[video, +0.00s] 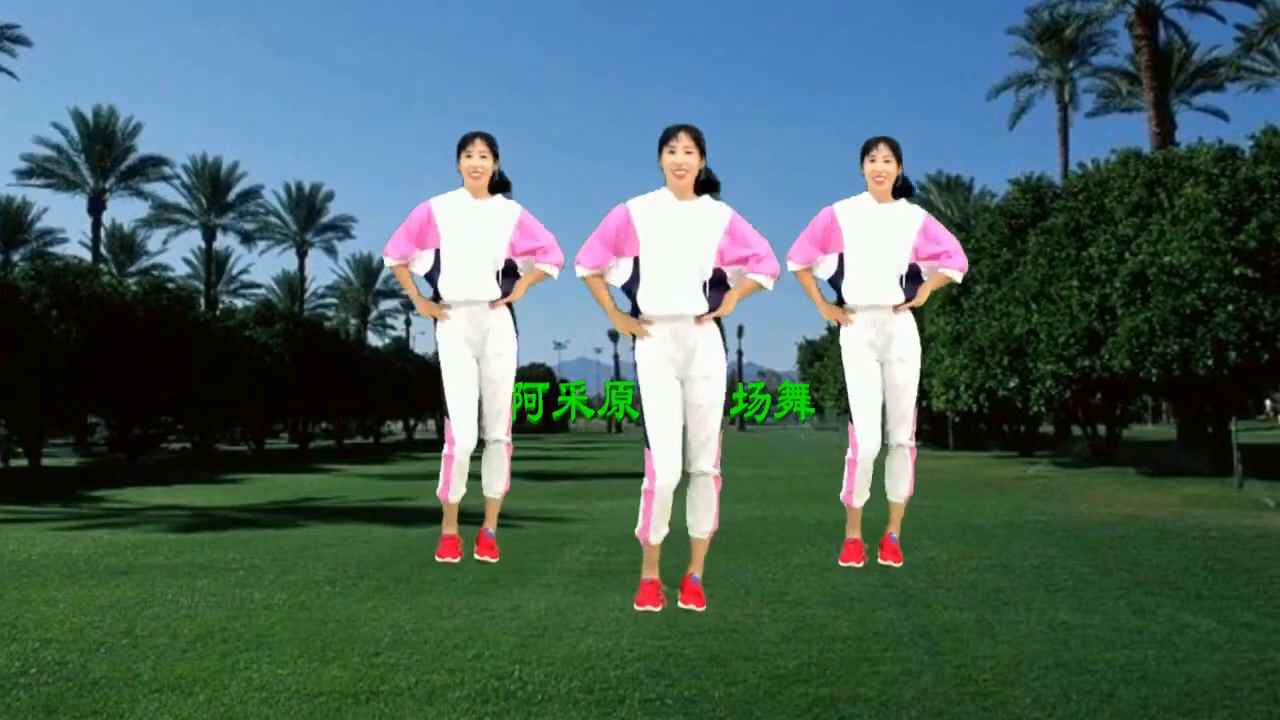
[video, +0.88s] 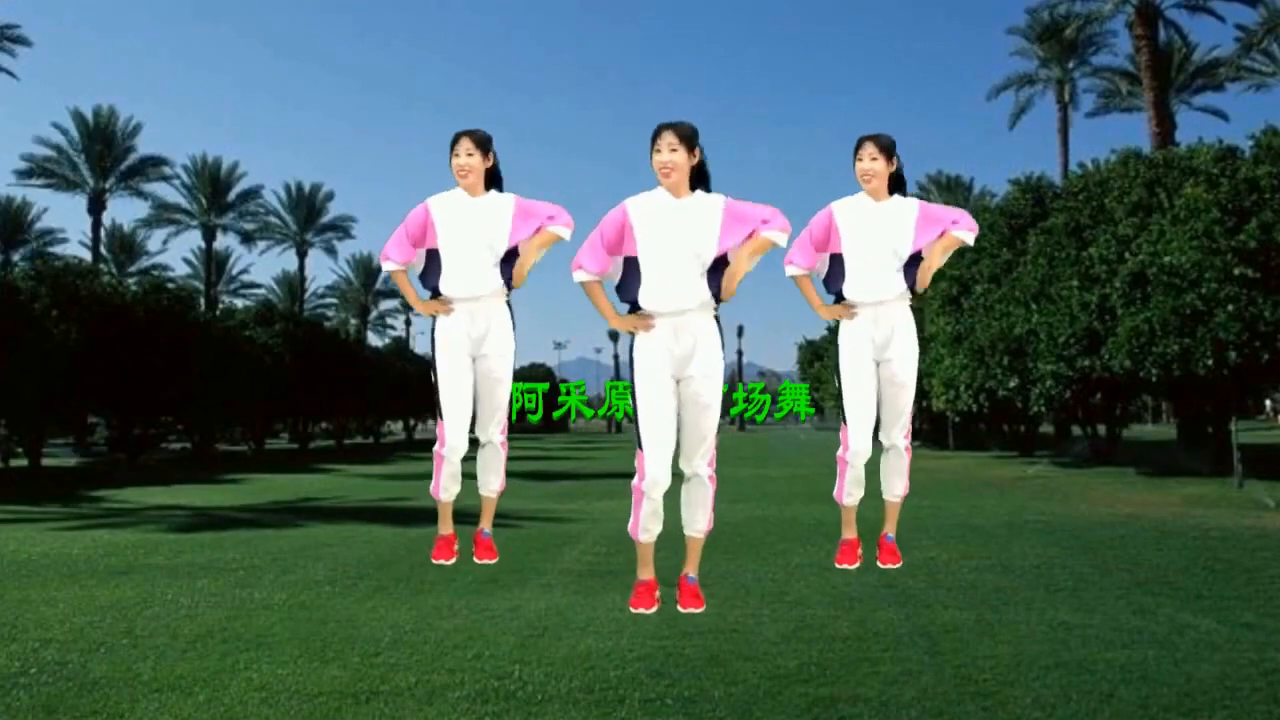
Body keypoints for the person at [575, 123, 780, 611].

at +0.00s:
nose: (680, 158)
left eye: (689, 151)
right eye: (671, 150)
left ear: (702, 162)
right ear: (660, 160)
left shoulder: (719, 215)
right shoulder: (634, 213)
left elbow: (767, 264)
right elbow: (588, 265)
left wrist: (733, 296)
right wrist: (617, 316)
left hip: (704, 340)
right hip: (654, 340)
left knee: (704, 461)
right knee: (664, 462)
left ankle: (695, 576)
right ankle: (650, 576)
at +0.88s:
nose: (664, 158)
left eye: (673, 150)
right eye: (658, 150)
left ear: (694, 157)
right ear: (651, 159)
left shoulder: (717, 207)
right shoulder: (632, 210)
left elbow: (778, 224)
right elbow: (585, 267)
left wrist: (740, 262)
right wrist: (616, 318)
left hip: (701, 334)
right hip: (651, 336)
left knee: (698, 461)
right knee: (655, 462)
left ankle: (690, 574)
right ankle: (645, 576)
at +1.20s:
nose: (673, 177)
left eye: (682, 170)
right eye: (668, 170)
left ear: (704, 177)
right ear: (662, 178)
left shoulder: (720, 231)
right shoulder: (638, 225)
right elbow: (592, 281)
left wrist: (737, 238)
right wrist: (613, 335)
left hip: (703, 352)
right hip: (652, 353)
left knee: (702, 473)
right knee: (672, 472)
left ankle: (691, 578)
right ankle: (654, 557)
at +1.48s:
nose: (664, 150)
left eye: (674, 142)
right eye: (661, 142)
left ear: (698, 150)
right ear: (657, 150)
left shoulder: (717, 202)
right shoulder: (633, 199)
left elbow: (704, 238)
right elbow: (584, 245)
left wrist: (693, 174)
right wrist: (602, 299)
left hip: (686, 328)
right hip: (635, 328)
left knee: (687, 456)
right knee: (631, 454)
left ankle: (692, 571)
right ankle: (614, 544)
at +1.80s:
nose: (650, 155)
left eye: (660, 147)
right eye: (646, 147)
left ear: (682, 156)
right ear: (642, 156)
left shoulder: (704, 208)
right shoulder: (622, 209)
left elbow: (707, 244)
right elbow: (579, 251)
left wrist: (690, 180)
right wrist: (597, 302)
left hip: (671, 338)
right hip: (620, 333)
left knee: (672, 467)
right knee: (598, 454)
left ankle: (689, 573)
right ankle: (576, 564)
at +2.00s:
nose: (658, 131)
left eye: (669, 125)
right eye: (655, 124)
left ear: (692, 137)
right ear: (649, 133)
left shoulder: (704, 185)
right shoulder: (622, 183)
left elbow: (716, 228)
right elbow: (579, 229)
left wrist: (705, 163)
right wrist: (597, 283)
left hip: (680, 307)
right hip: (631, 305)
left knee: (682, 441)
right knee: (625, 440)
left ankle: (684, 563)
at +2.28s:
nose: (664, 169)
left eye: (674, 163)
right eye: (660, 162)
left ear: (694, 177)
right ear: (652, 173)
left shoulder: (701, 228)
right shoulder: (622, 218)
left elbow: (694, 252)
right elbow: (575, 269)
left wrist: (701, 202)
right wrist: (593, 324)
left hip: (679, 345)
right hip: (629, 346)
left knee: (679, 471)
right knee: (639, 473)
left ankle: (679, 574)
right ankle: (643, 510)